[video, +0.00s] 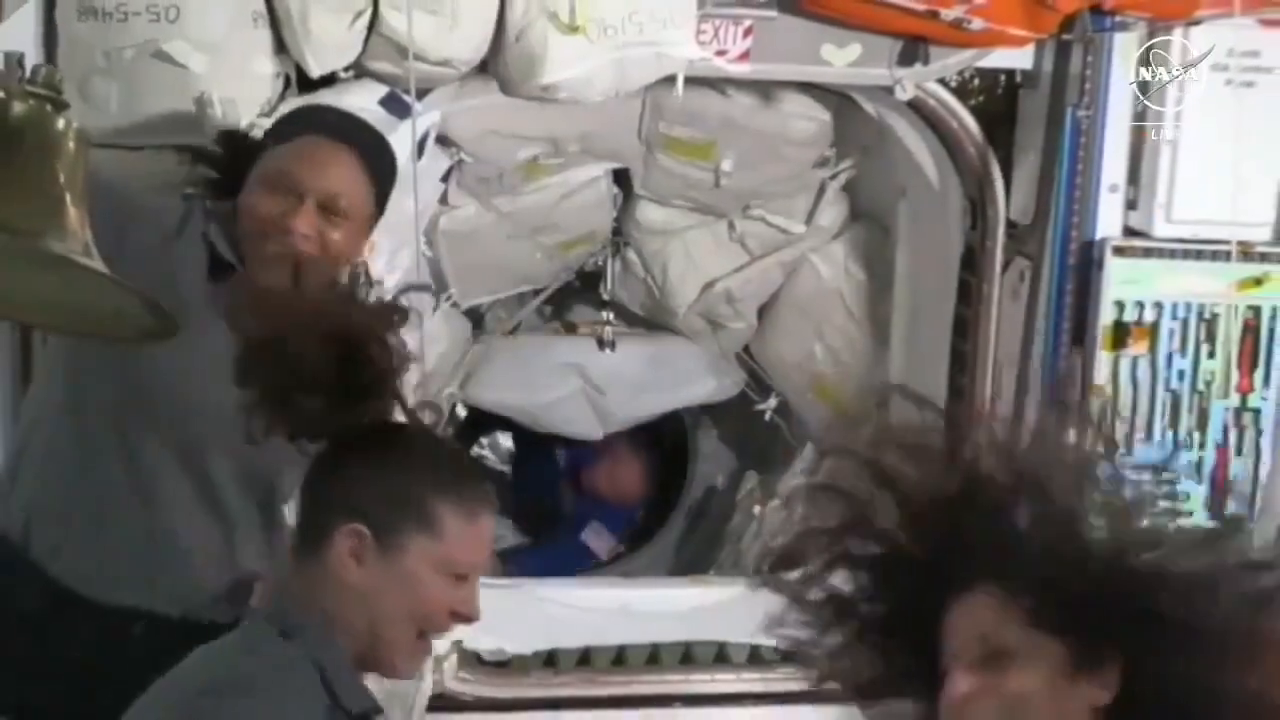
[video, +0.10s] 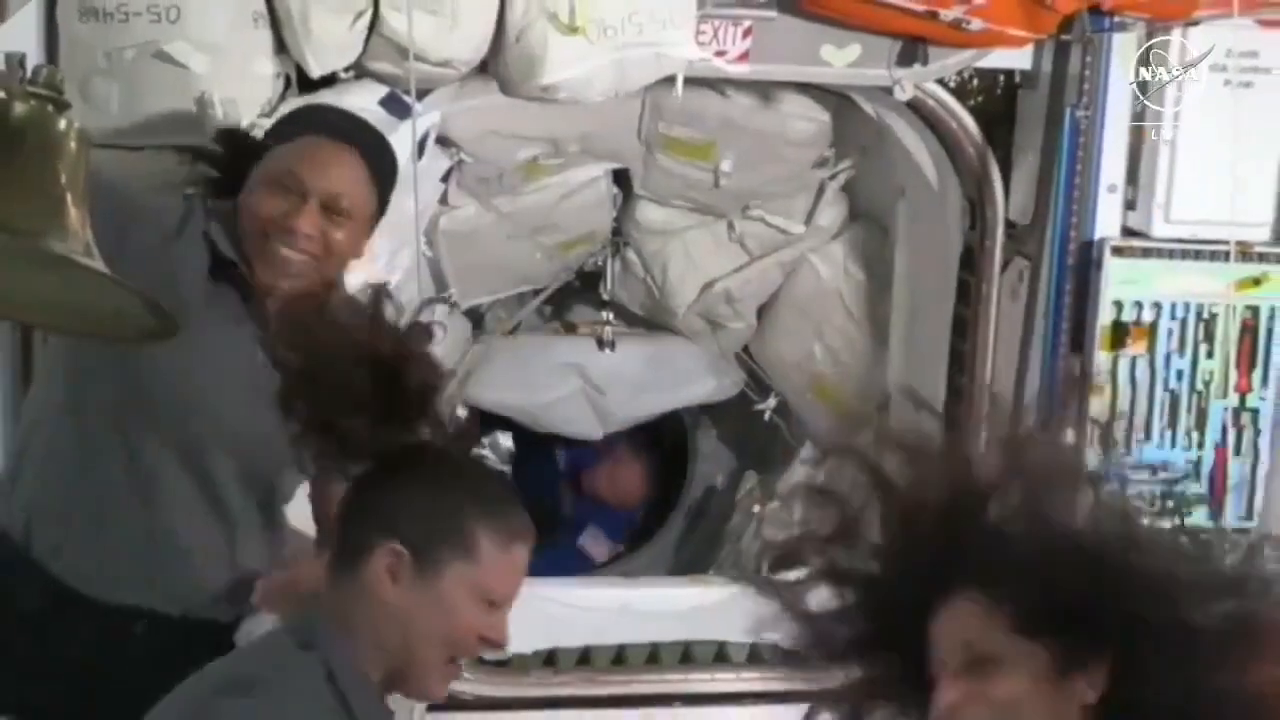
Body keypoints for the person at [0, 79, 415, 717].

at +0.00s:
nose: (297, 226)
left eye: (331, 212)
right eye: (281, 192)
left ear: (363, 243)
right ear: (243, 186)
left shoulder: (344, 352)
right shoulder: (122, 227)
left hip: (198, 640)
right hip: (37, 602)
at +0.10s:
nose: (299, 224)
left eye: (335, 212)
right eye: (284, 189)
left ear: (365, 240)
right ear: (245, 182)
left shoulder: (340, 347)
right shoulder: (133, 228)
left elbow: (346, 529)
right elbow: (29, 159)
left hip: (195, 641)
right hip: (39, 605)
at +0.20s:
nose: (300, 223)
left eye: (335, 212)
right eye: (285, 189)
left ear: (363, 241)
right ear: (246, 183)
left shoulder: (347, 354)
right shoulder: (138, 228)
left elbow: (343, 509)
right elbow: (29, 173)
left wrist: (344, 564)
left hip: (197, 642)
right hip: (40, 602)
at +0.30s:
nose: (293, 220)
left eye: (329, 209)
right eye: (281, 187)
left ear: (360, 238)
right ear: (245, 180)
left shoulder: (352, 347)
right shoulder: (136, 231)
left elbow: (348, 535)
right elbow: (28, 175)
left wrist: (338, 567)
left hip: (196, 645)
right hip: (39, 603)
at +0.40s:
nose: (278, 214)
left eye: (315, 204)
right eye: (270, 183)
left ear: (357, 237)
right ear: (242, 178)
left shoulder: (354, 348)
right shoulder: (141, 232)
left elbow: (348, 520)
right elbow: (30, 167)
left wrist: (343, 568)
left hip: (195, 645)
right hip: (37, 599)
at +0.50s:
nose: (267, 205)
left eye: (305, 199)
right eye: (261, 177)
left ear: (357, 236)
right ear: (239, 174)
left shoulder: (354, 348)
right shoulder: (144, 233)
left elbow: (350, 525)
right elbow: (31, 169)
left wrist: (342, 569)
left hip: (194, 643)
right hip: (36, 594)